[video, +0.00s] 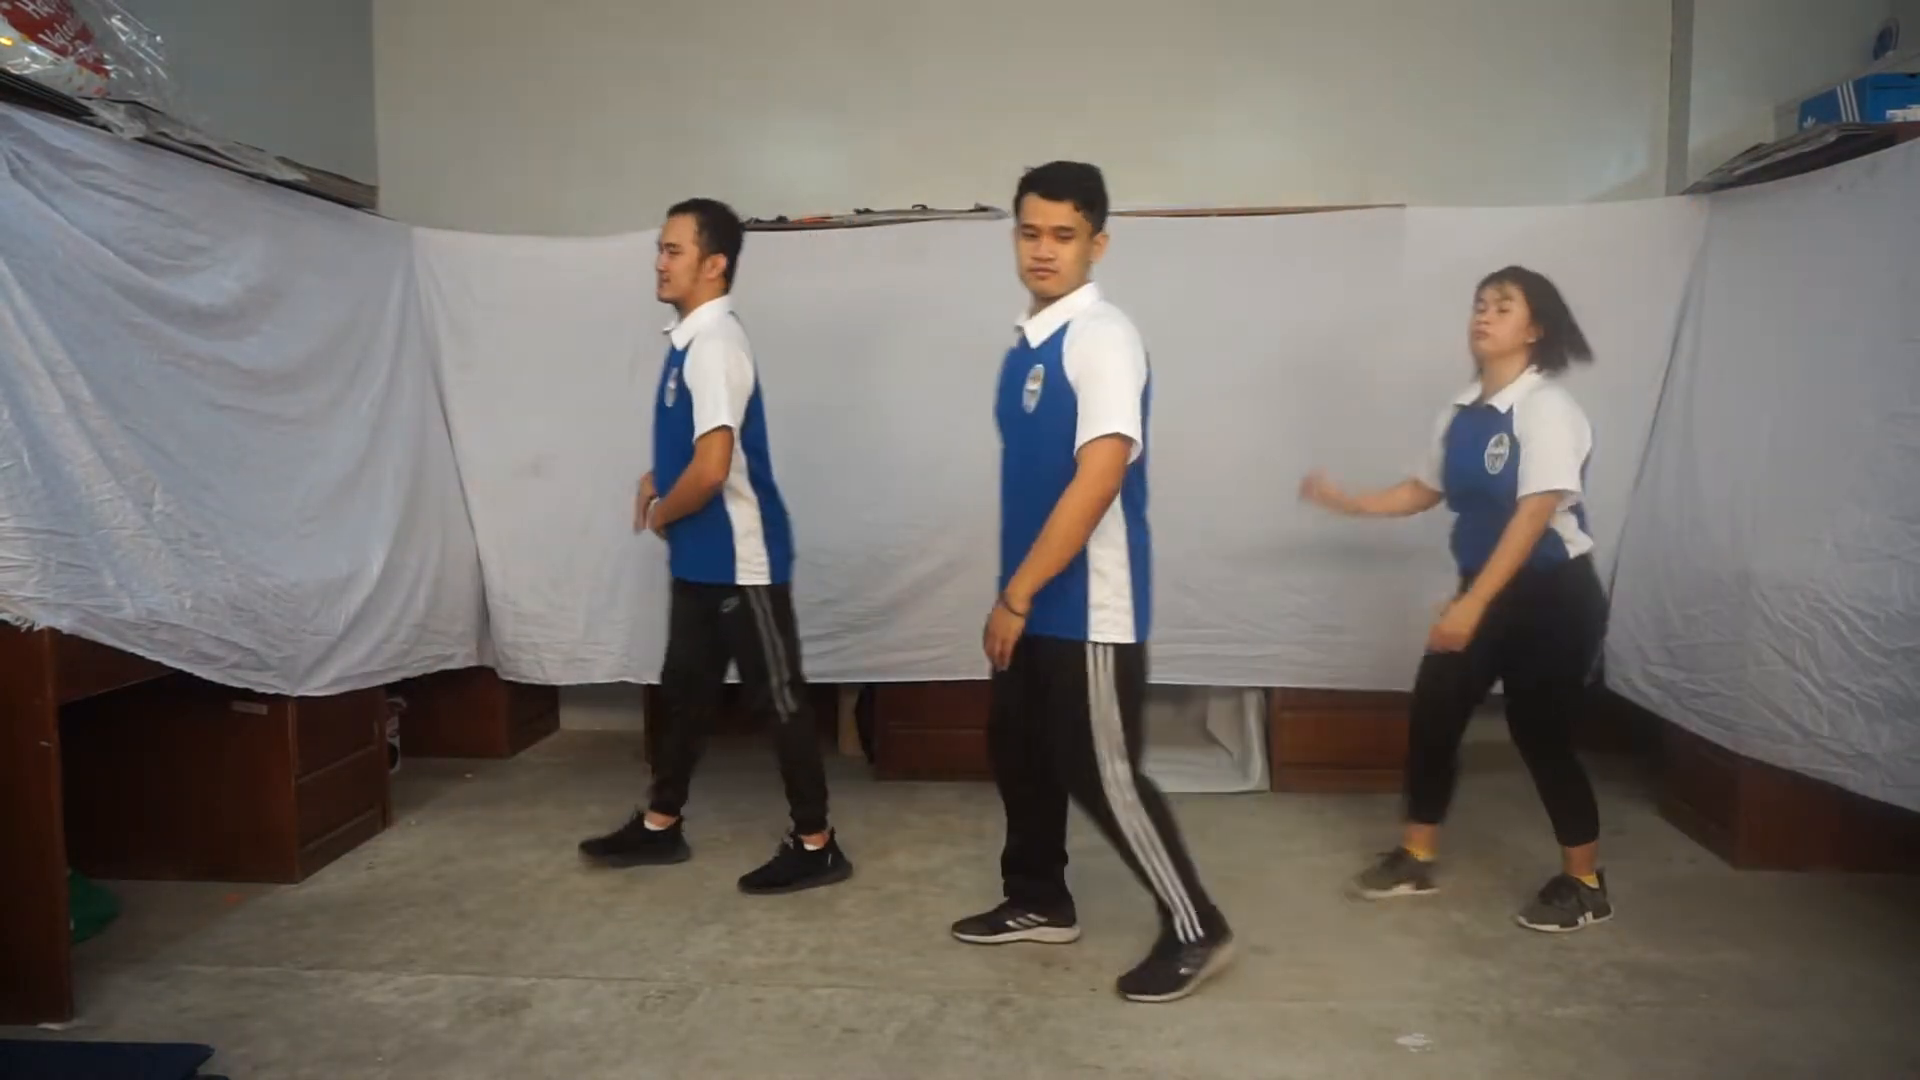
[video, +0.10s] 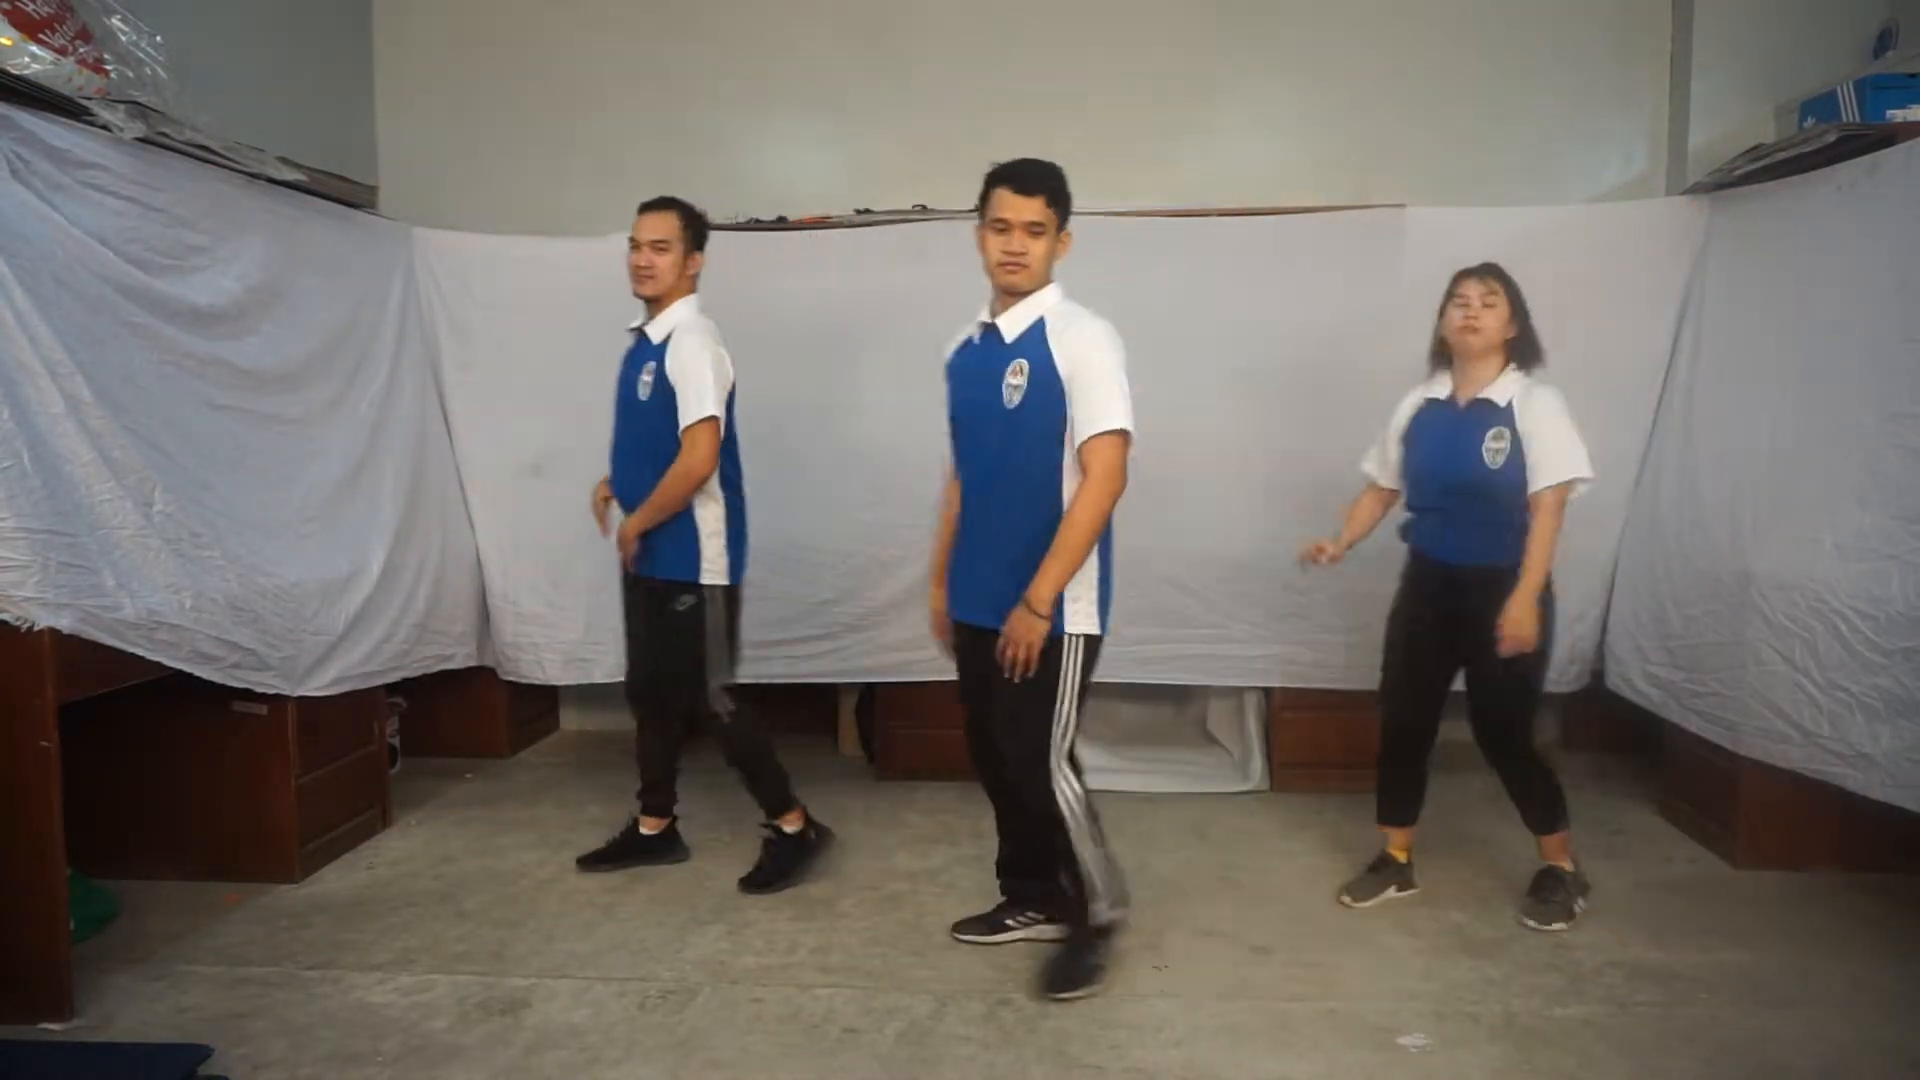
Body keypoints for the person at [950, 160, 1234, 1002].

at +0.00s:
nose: (1041, 249)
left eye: (1061, 235)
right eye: (1029, 233)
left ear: (1096, 242)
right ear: (1014, 236)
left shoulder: (1104, 336)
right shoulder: (1032, 336)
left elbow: (1099, 477)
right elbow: (1036, 478)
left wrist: (1016, 596)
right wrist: (1023, 593)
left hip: (1093, 599)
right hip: (1036, 594)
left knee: (1104, 768)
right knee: (1020, 750)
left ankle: (1195, 927)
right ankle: (1038, 900)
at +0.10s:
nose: (1013, 244)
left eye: (1032, 231)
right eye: (999, 227)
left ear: (1061, 242)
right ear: (978, 235)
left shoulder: (1083, 339)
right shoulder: (968, 348)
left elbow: (1105, 478)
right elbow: (963, 477)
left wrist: (1039, 598)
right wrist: (941, 579)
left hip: (1054, 598)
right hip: (979, 594)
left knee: (1039, 758)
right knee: (996, 754)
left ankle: (1097, 916)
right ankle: (1030, 899)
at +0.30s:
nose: (968, 241)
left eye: (983, 226)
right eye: (950, 225)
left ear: (999, 239)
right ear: (915, 238)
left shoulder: (1040, 340)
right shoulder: (876, 351)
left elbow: (1124, 448)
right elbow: (816, 460)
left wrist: (1086, 567)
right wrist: (737, 560)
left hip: (1004, 609)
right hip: (902, 607)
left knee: (980, 774)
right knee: (880, 757)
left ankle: (959, 926)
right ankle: (956, 863)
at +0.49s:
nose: (918, 240)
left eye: (926, 225)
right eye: (899, 224)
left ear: (933, 233)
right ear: (847, 232)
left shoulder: (960, 326)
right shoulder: (809, 343)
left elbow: (1056, 326)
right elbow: (770, 463)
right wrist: (725, 567)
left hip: (955, 601)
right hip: (859, 610)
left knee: (960, 780)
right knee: (839, 784)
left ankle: (959, 940)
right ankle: (793, 950)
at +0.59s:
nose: (897, 235)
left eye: (898, 220)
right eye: (879, 220)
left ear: (896, 232)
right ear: (823, 230)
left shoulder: (902, 306)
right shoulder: (798, 340)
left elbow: (974, 234)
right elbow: (826, 476)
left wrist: (1036, 156)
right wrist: (900, 577)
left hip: (899, 584)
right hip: (821, 596)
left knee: (923, 765)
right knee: (818, 781)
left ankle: (934, 933)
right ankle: (793, 954)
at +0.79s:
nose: (853, 240)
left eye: (852, 223)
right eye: (840, 224)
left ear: (777, 234)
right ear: (781, 234)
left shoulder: (749, 303)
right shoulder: (799, 335)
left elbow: (757, 199)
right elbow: (862, 472)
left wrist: (750, 89)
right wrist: (920, 542)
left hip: (759, 579)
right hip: (789, 593)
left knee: (784, 756)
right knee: (814, 774)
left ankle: (666, 895)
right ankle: (795, 956)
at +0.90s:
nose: (833, 246)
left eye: (831, 229)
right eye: (819, 230)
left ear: (755, 241)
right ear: (764, 240)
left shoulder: (708, 306)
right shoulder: (796, 344)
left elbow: (683, 203)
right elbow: (853, 488)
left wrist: (640, 110)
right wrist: (831, 538)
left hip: (709, 579)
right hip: (770, 595)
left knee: (696, 757)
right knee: (809, 778)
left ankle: (565, 925)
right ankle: (795, 956)